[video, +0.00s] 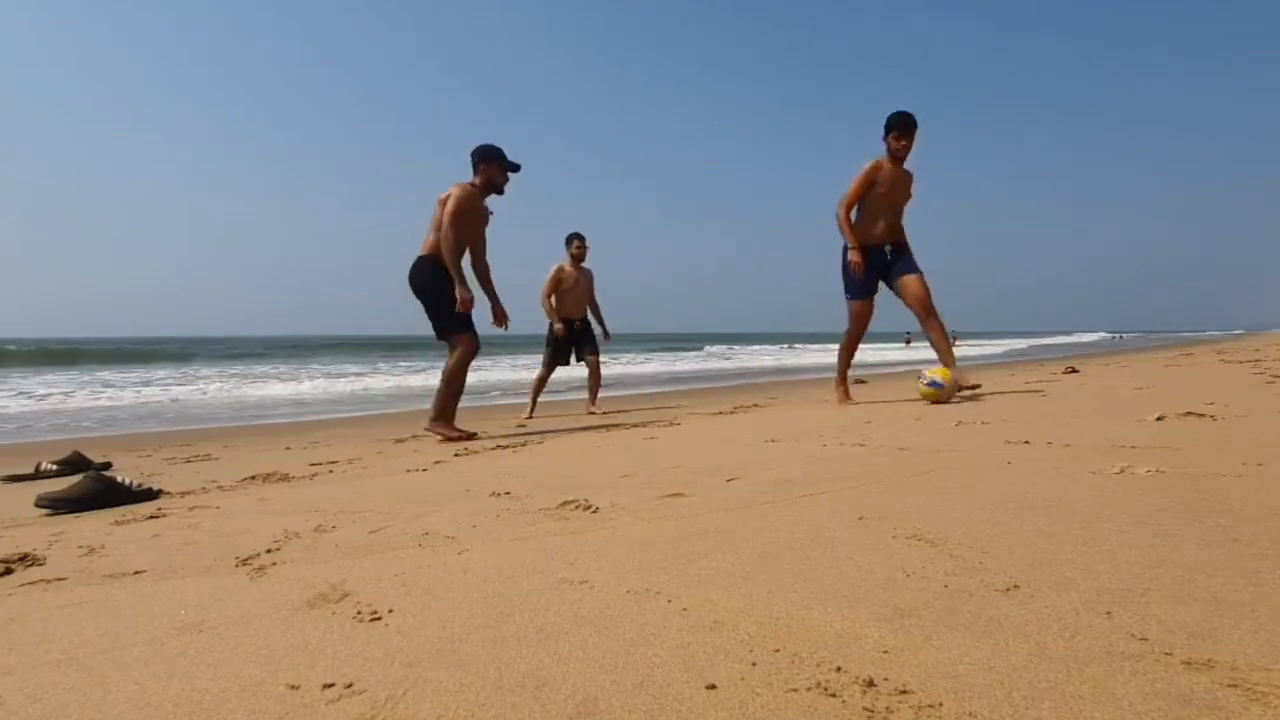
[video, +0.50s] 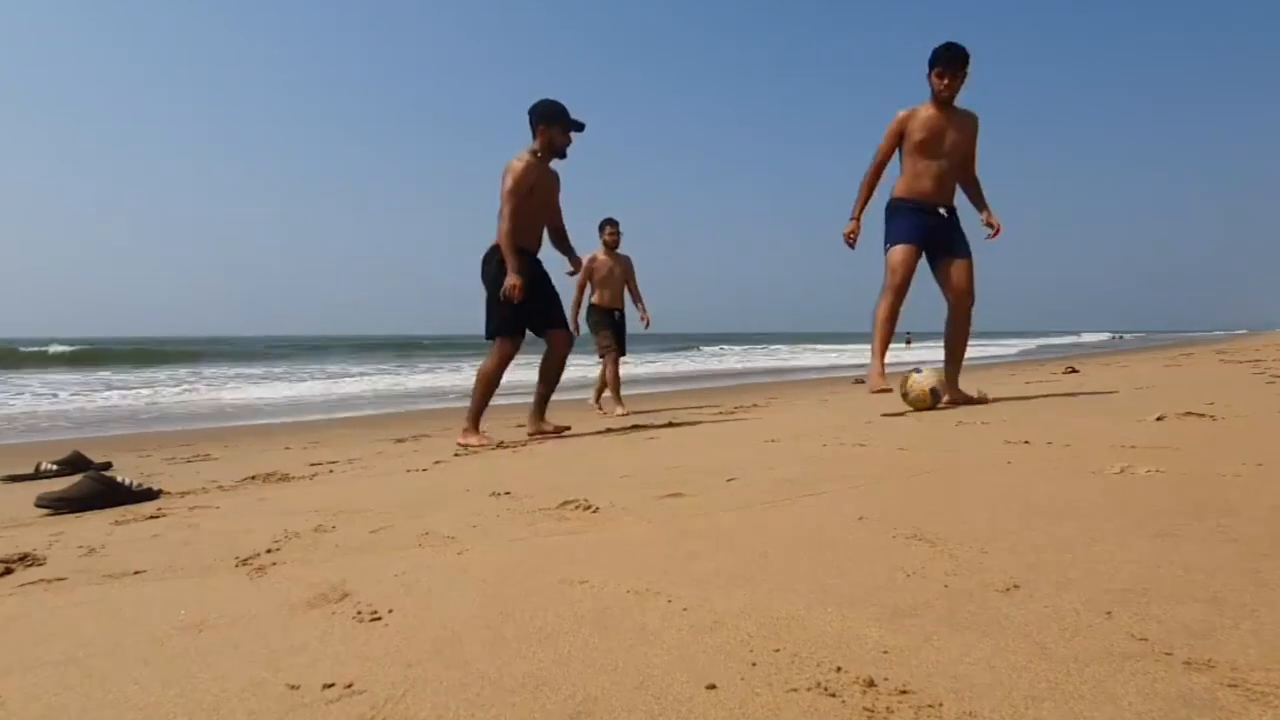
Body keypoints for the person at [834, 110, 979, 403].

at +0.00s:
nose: (903, 145)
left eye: (908, 139)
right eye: (897, 138)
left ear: (913, 141)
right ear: (886, 139)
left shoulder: (907, 178)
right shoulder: (873, 171)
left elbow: (895, 219)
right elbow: (843, 211)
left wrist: (905, 254)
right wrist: (853, 247)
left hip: (894, 252)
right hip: (862, 253)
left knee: (924, 305)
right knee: (859, 324)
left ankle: (953, 375)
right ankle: (841, 384)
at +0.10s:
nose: (927, 136)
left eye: (933, 131)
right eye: (922, 129)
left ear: (939, 133)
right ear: (910, 130)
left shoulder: (927, 173)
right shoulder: (895, 161)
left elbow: (912, 208)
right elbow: (862, 199)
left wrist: (914, 241)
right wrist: (874, 237)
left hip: (911, 244)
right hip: (879, 245)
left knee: (938, 306)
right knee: (875, 322)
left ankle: (957, 383)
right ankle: (849, 373)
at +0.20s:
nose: (946, 134)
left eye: (953, 129)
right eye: (941, 127)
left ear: (958, 134)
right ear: (929, 128)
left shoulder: (949, 176)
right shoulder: (909, 161)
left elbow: (935, 219)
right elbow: (876, 204)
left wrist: (937, 253)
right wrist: (884, 241)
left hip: (929, 251)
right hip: (895, 248)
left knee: (953, 310)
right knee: (890, 323)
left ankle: (957, 385)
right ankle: (863, 369)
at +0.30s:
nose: (953, 118)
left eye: (960, 113)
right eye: (948, 111)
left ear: (968, 118)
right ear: (937, 112)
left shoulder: (963, 160)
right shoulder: (914, 149)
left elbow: (954, 211)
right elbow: (880, 195)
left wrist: (974, 252)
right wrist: (883, 234)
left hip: (937, 240)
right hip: (901, 237)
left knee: (958, 309)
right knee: (893, 305)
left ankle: (957, 389)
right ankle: (870, 373)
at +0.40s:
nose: (950, 94)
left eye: (958, 88)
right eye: (945, 86)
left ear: (966, 92)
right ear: (934, 87)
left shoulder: (967, 135)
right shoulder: (911, 127)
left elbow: (961, 185)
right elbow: (879, 173)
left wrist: (980, 219)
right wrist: (871, 220)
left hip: (941, 220)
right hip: (903, 216)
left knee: (963, 295)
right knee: (897, 283)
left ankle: (947, 381)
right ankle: (868, 369)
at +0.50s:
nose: (946, 82)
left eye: (953, 76)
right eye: (940, 75)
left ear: (963, 79)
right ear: (929, 76)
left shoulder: (968, 123)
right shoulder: (908, 119)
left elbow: (967, 174)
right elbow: (876, 169)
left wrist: (984, 210)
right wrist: (856, 218)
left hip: (945, 216)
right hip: (907, 211)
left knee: (963, 294)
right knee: (897, 281)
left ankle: (951, 387)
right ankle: (877, 372)